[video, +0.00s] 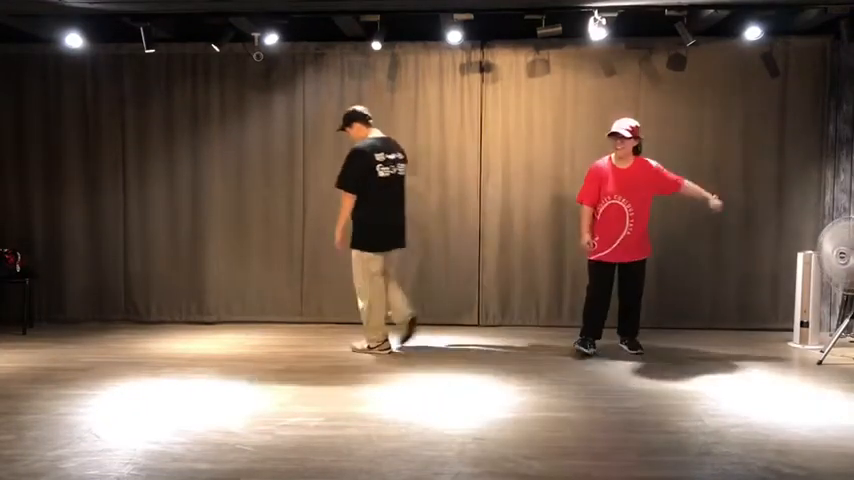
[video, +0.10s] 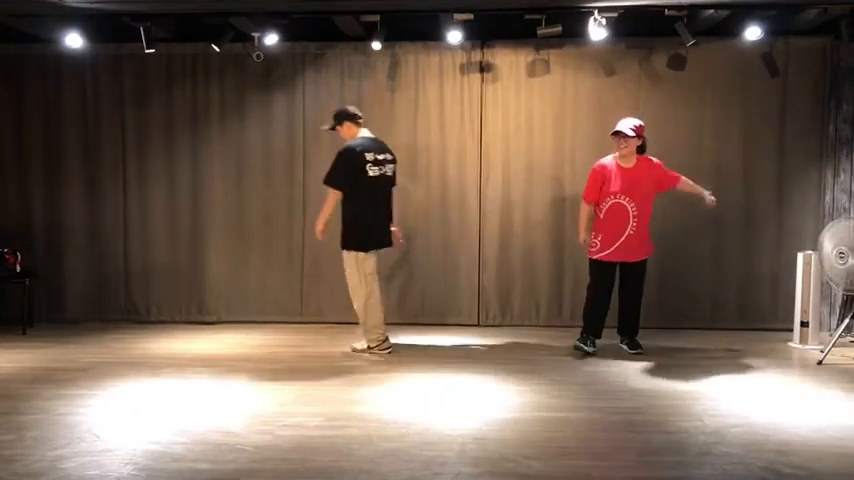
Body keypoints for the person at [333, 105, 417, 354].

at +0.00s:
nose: (349, 136)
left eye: (349, 131)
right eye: (348, 131)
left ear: (356, 126)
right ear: (369, 123)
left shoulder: (360, 152)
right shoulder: (395, 147)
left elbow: (349, 196)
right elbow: (394, 190)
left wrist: (340, 228)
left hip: (367, 229)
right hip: (393, 226)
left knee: (368, 285)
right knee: (385, 276)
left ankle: (377, 339)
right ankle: (405, 316)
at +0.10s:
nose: (339, 135)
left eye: (339, 130)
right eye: (337, 130)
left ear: (347, 125)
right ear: (357, 123)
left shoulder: (350, 151)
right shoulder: (385, 150)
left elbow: (335, 191)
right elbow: (388, 192)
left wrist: (321, 220)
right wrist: (390, 222)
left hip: (356, 230)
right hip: (378, 227)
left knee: (360, 287)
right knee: (369, 283)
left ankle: (375, 339)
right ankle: (377, 337)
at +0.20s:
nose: (328, 136)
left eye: (328, 131)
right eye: (327, 132)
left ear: (336, 127)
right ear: (346, 125)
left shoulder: (339, 153)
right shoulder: (372, 152)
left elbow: (324, 192)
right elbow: (380, 192)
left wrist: (308, 213)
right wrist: (386, 222)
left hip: (346, 232)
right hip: (367, 229)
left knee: (357, 284)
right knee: (345, 280)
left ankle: (375, 337)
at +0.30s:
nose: (316, 139)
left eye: (316, 134)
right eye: (314, 135)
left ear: (326, 129)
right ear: (334, 128)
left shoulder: (329, 155)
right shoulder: (359, 155)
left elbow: (313, 195)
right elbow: (367, 196)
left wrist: (296, 216)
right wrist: (374, 225)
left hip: (336, 234)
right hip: (355, 231)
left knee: (344, 286)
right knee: (333, 281)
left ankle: (374, 336)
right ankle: (323, 328)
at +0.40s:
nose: (304, 138)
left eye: (304, 132)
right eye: (302, 134)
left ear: (315, 127)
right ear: (322, 127)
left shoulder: (321, 153)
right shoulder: (343, 152)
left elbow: (309, 193)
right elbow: (341, 194)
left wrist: (291, 221)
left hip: (323, 233)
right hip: (343, 231)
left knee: (318, 282)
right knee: (331, 283)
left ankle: (363, 324)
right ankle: (323, 329)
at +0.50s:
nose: (294, 134)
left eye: (296, 128)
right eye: (292, 129)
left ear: (309, 124)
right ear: (310, 126)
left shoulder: (314, 153)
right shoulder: (330, 151)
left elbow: (306, 195)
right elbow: (329, 196)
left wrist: (291, 227)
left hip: (313, 231)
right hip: (331, 230)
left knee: (295, 276)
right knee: (325, 281)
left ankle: (336, 320)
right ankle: (322, 328)